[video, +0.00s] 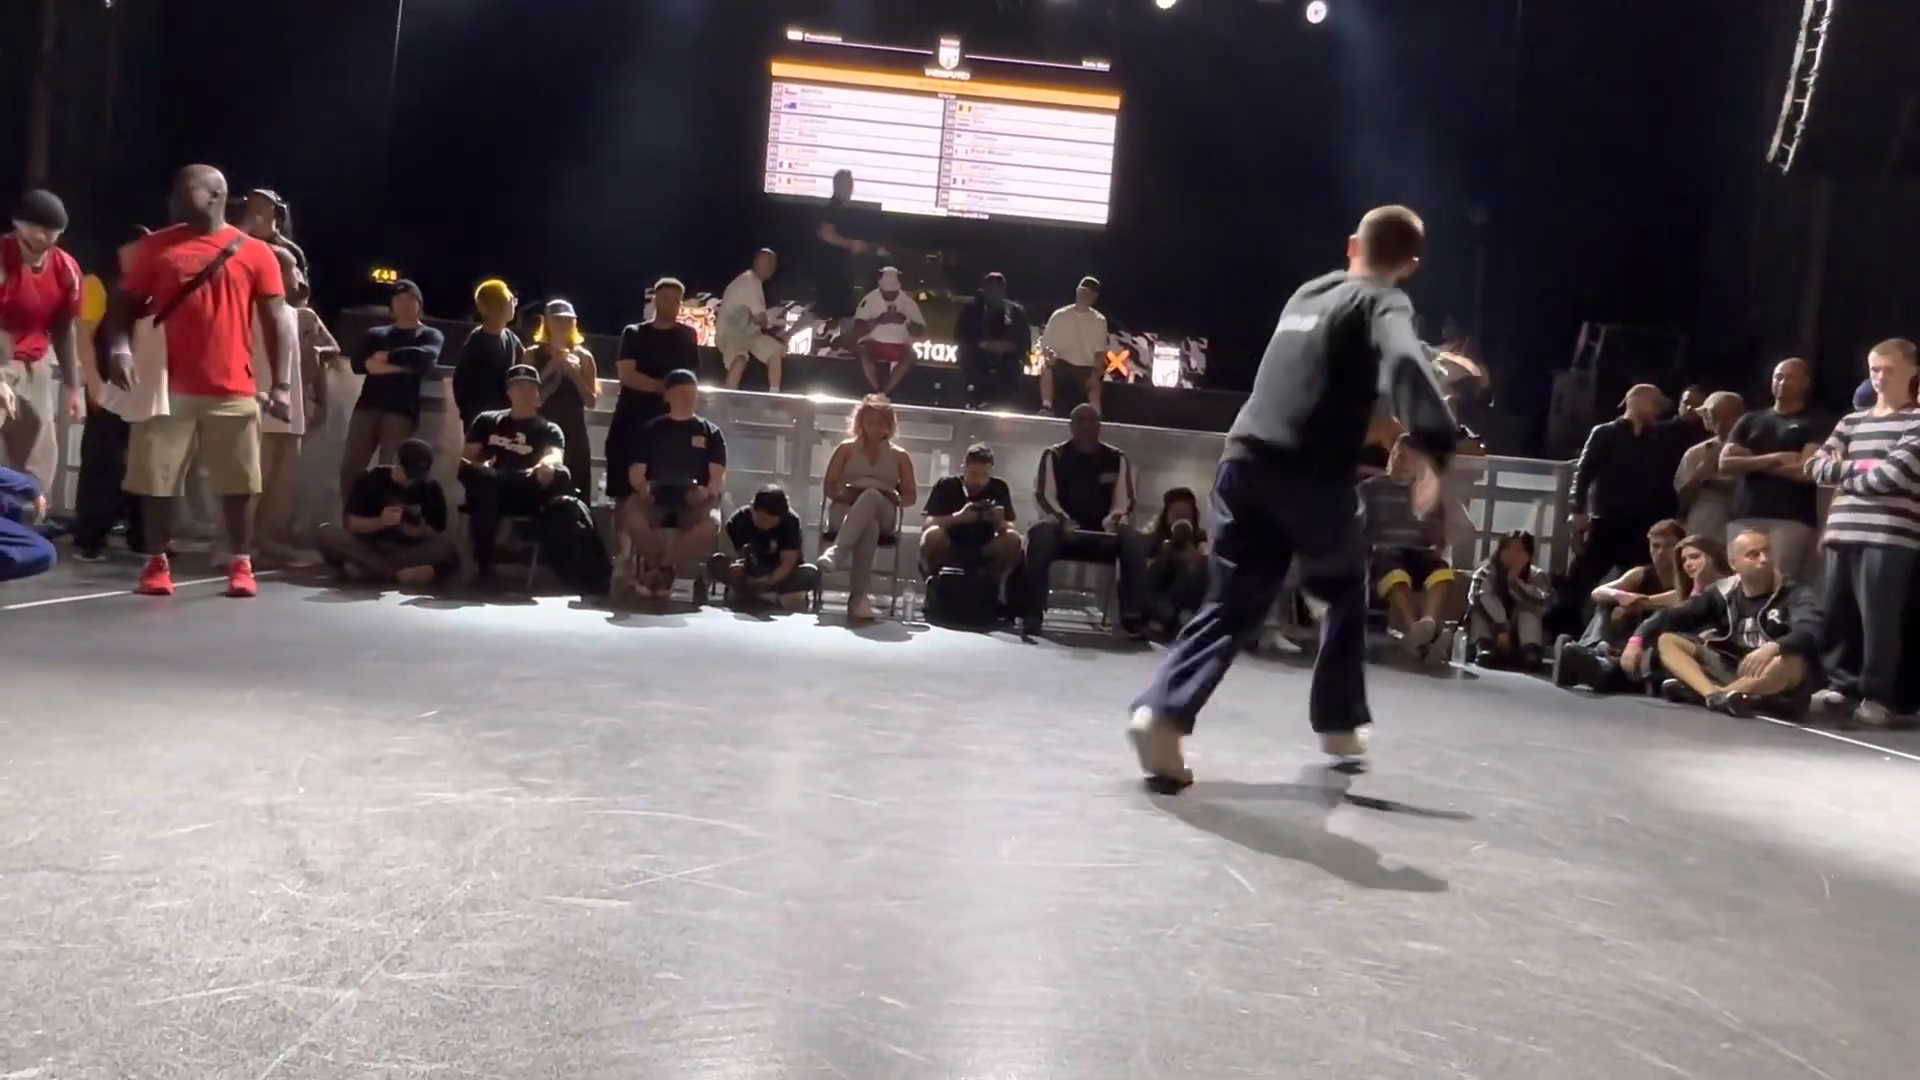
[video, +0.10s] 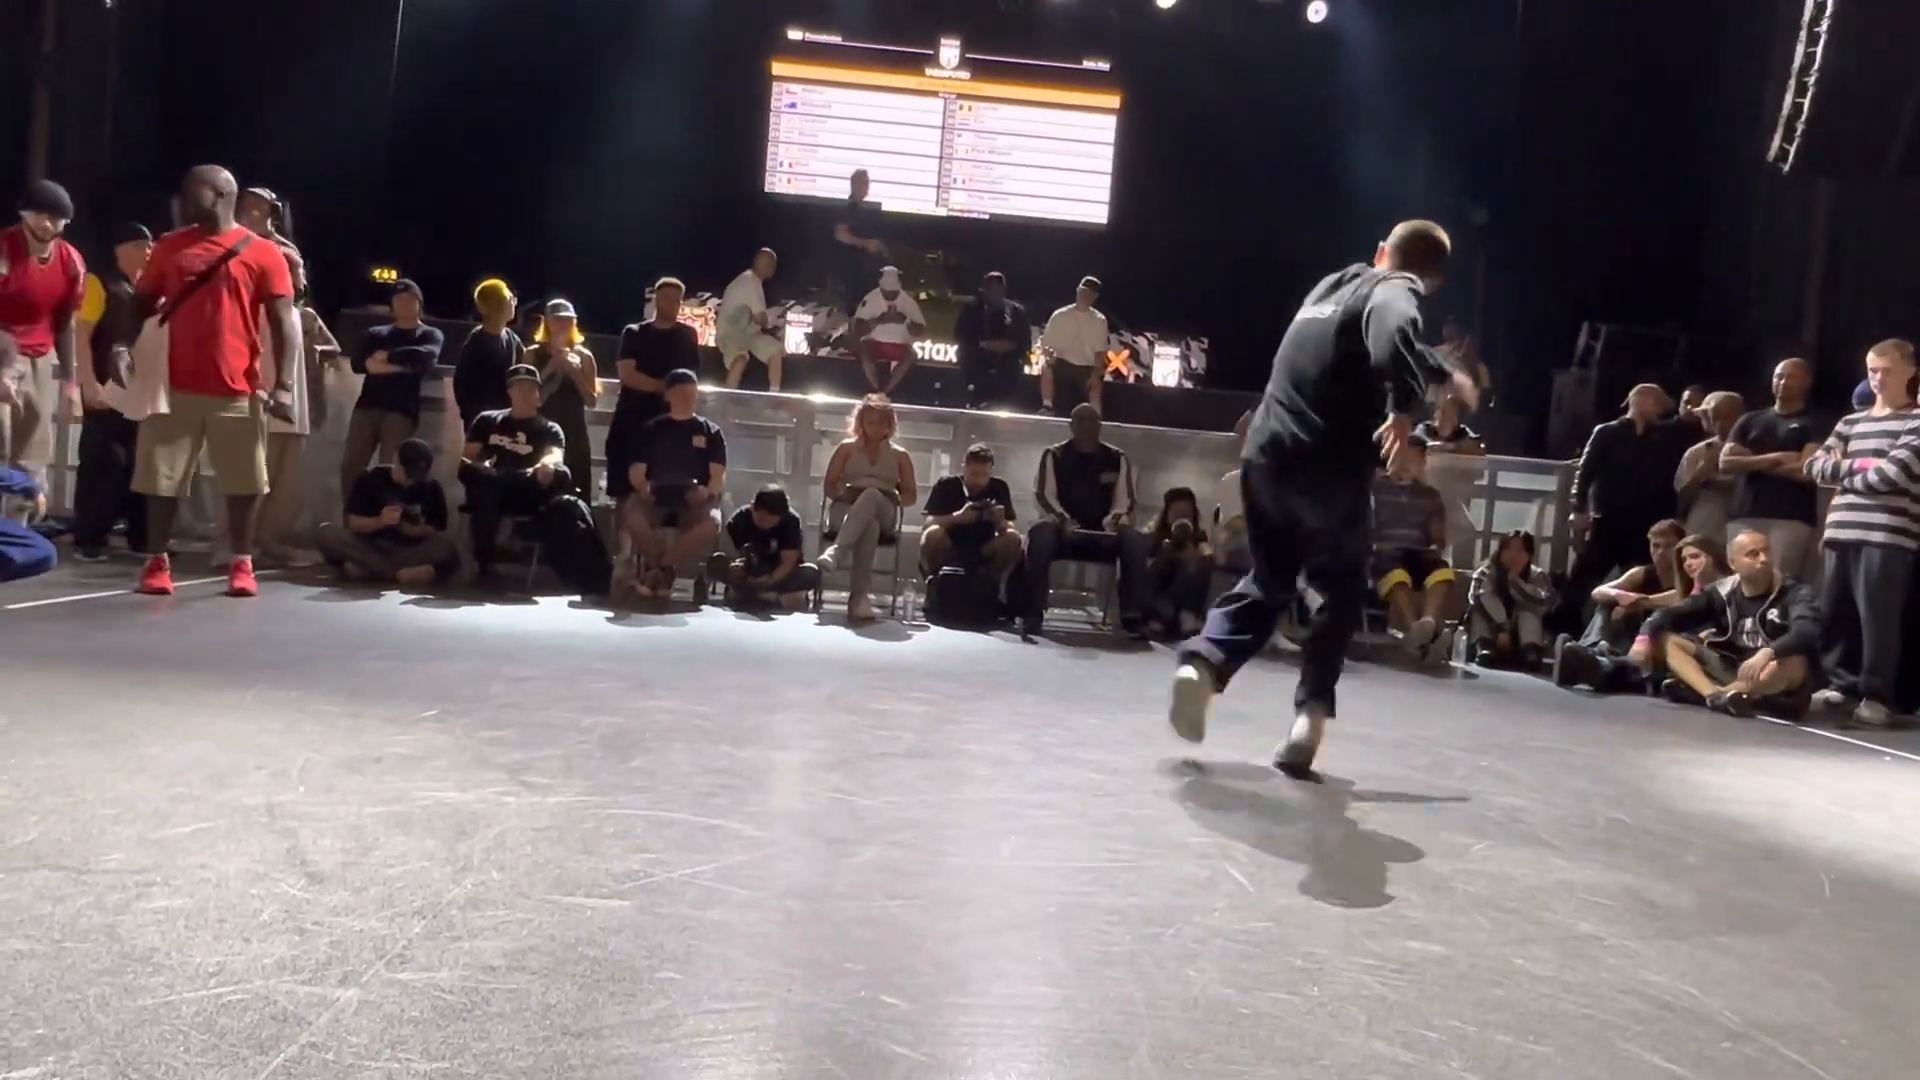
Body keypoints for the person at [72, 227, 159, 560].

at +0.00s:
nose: (138, 262)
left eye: (144, 255)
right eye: (133, 254)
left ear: (153, 258)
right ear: (119, 255)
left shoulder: (162, 290)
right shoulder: (100, 286)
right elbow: (85, 335)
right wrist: (95, 384)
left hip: (153, 397)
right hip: (111, 396)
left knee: (147, 471)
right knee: (100, 472)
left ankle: (143, 535)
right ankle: (91, 538)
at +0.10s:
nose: (146, 255)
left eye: (149, 248)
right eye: (140, 248)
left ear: (150, 253)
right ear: (120, 251)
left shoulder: (152, 290)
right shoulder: (99, 286)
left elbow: (162, 338)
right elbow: (83, 334)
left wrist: (159, 383)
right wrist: (89, 382)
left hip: (145, 390)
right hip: (107, 389)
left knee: (144, 465)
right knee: (102, 465)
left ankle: (142, 535)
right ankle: (90, 537)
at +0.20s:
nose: (145, 256)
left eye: (147, 250)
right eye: (139, 248)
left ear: (149, 253)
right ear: (119, 250)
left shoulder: (149, 291)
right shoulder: (98, 287)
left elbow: (159, 340)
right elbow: (80, 335)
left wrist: (156, 384)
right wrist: (86, 383)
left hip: (142, 390)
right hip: (106, 389)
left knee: (141, 464)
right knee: (100, 465)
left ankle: (141, 534)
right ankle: (90, 537)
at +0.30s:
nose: (143, 254)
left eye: (146, 248)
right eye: (137, 247)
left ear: (147, 252)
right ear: (117, 249)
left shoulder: (151, 293)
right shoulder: (97, 287)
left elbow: (158, 341)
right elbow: (79, 336)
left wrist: (155, 382)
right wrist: (87, 384)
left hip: (143, 390)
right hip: (105, 391)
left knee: (140, 465)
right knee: (99, 465)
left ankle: (140, 535)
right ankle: (90, 536)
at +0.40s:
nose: (144, 255)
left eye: (146, 249)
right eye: (139, 248)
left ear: (145, 253)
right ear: (118, 249)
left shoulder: (149, 292)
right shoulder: (97, 286)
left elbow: (152, 339)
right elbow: (79, 336)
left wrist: (154, 381)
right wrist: (90, 385)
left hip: (142, 387)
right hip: (105, 386)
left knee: (140, 462)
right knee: (100, 461)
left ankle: (139, 533)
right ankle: (89, 536)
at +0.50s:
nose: (145, 256)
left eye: (147, 249)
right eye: (139, 249)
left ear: (145, 254)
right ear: (118, 250)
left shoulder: (148, 292)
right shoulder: (98, 288)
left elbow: (151, 340)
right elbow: (82, 338)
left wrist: (156, 387)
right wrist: (96, 386)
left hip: (144, 387)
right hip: (108, 386)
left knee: (143, 463)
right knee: (100, 462)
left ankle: (140, 535)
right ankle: (89, 536)